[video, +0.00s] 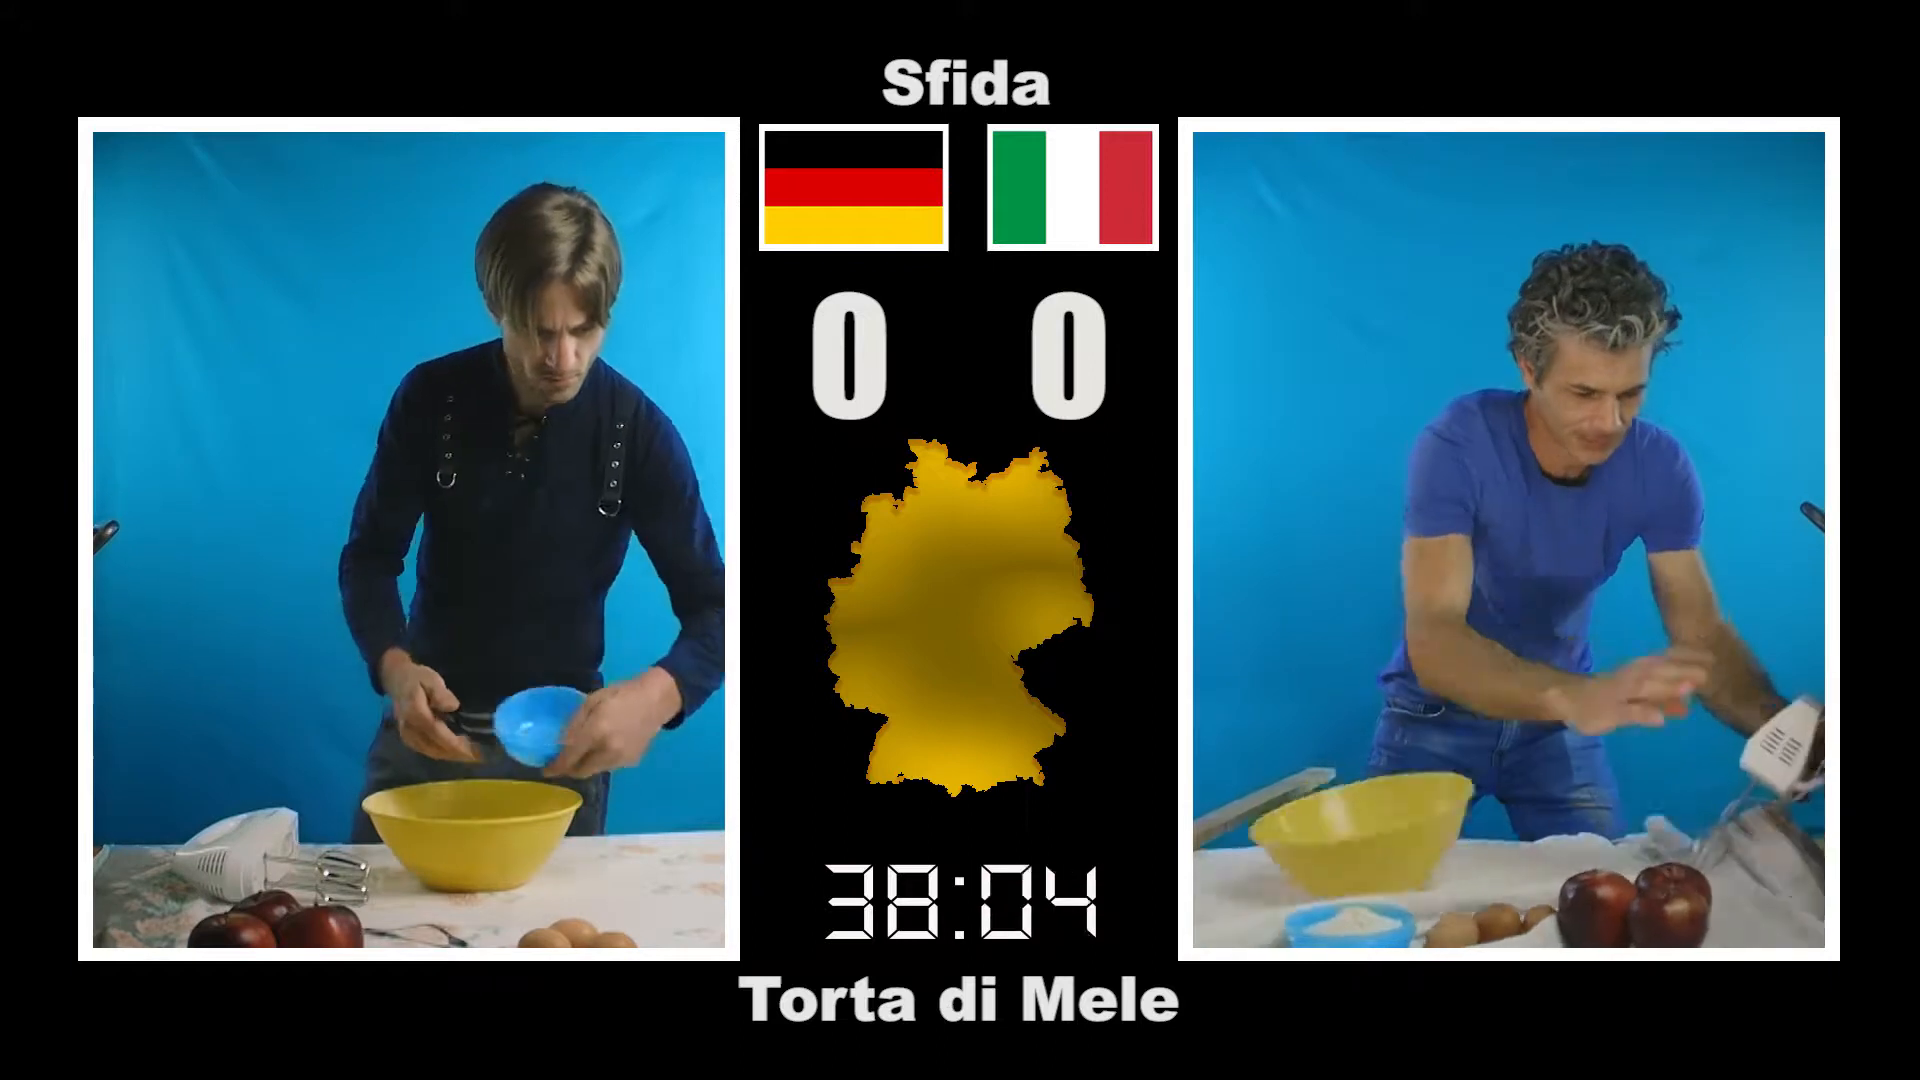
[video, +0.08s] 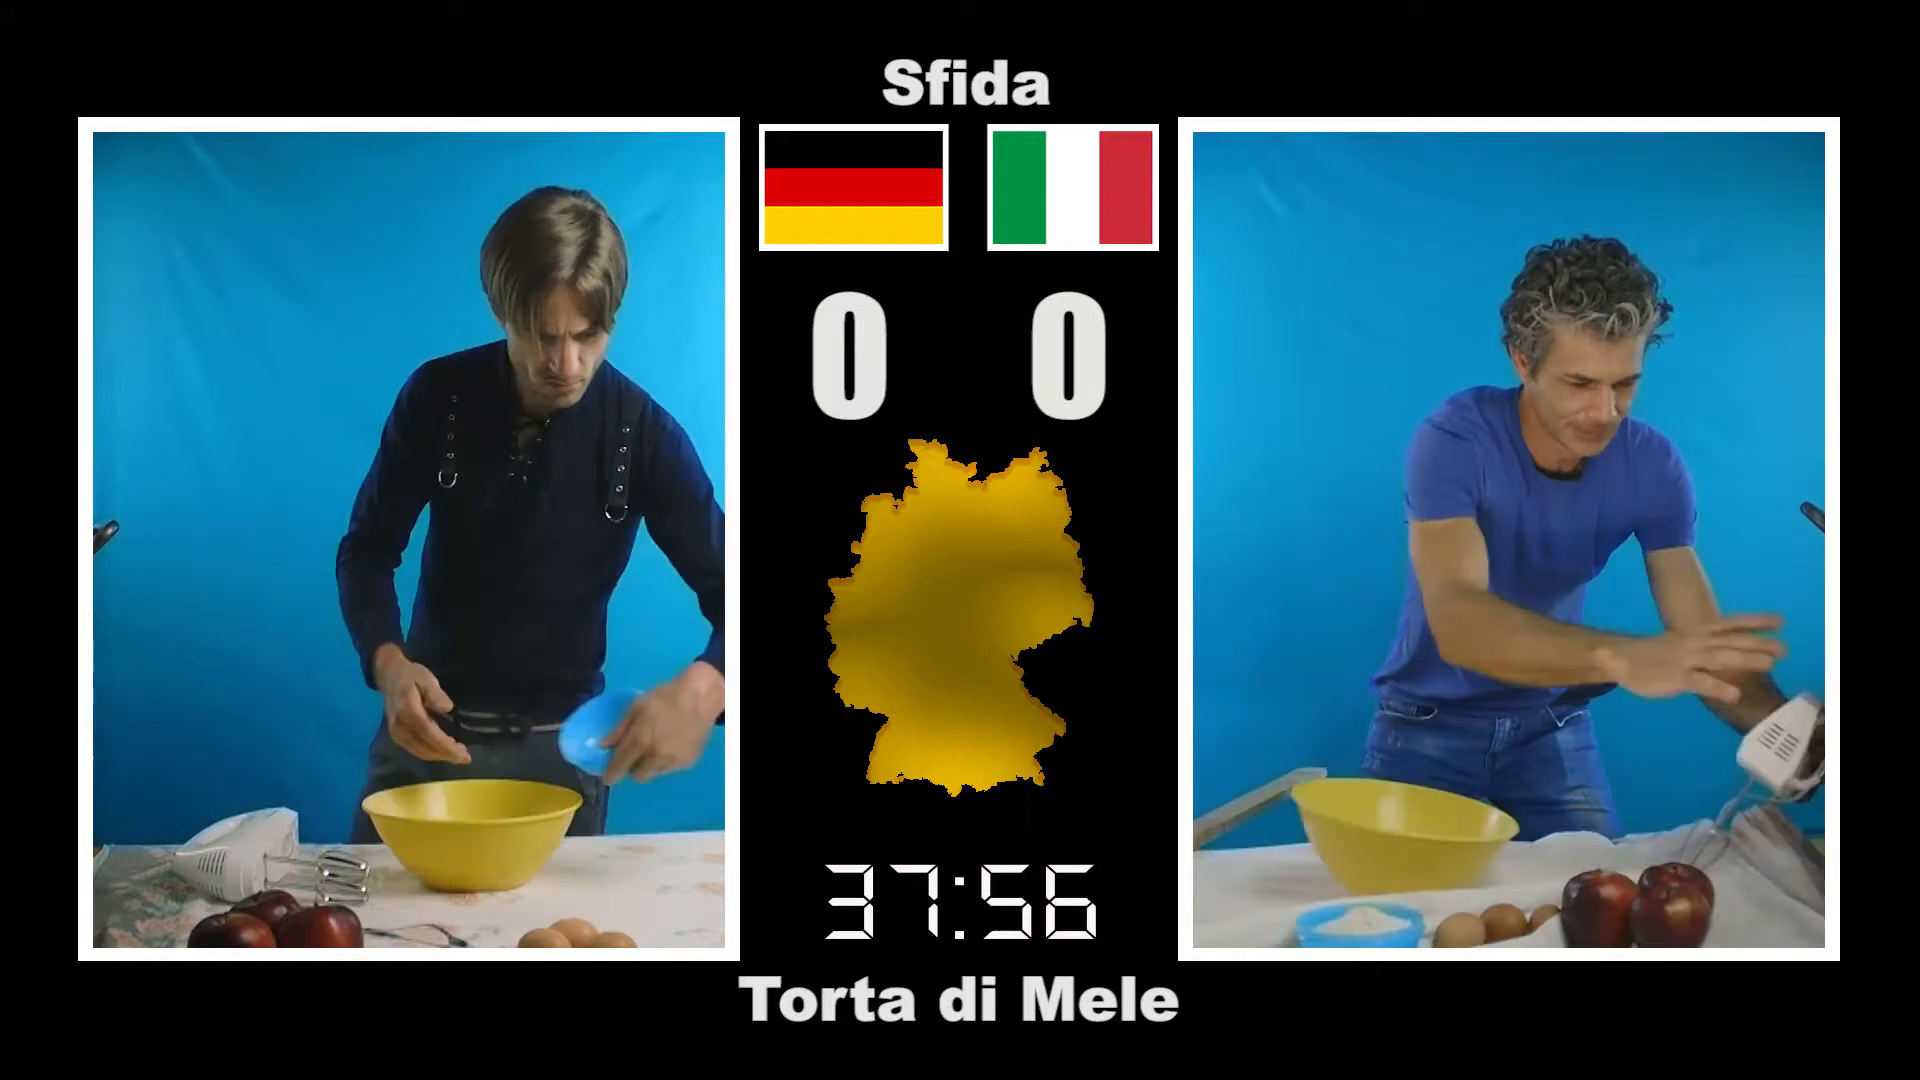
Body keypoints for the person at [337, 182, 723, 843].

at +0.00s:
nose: (561, 358)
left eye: (582, 330)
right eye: (539, 332)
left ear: (606, 312)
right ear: (499, 308)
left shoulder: (635, 431)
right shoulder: (430, 400)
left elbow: (712, 608)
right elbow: (370, 558)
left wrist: (658, 695)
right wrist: (395, 666)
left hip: (559, 748)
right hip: (425, 736)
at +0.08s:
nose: (563, 364)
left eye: (585, 336)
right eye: (541, 336)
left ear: (611, 315)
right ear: (503, 312)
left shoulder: (641, 433)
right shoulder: (438, 398)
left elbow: (730, 599)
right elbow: (366, 551)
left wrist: (702, 690)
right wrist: (390, 667)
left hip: (559, 749)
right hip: (425, 741)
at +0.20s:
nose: (463, 310)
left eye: (466, 289)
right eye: (441, 291)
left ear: (471, 283)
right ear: (372, 297)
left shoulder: (507, 414)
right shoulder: (310, 420)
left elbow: (552, 554)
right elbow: (282, 588)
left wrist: (541, 630)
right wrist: (364, 617)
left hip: (493, 744)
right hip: (361, 752)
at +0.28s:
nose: (486, 316)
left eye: (492, 294)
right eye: (463, 297)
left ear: (500, 285)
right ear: (398, 294)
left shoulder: (528, 413)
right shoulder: (331, 418)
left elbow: (572, 557)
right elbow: (297, 581)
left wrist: (557, 629)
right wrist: (371, 614)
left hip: (509, 742)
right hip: (376, 749)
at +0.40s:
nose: (513, 315)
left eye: (523, 292)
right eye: (489, 296)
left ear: (533, 283)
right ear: (430, 292)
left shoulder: (563, 415)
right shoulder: (363, 414)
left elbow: (603, 566)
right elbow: (322, 572)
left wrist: (573, 629)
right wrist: (374, 616)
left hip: (533, 741)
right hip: (399, 746)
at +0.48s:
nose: (524, 315)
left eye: (537, 291)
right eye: (500, 294)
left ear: (550, 285)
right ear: (449, 287)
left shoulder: (585, 416)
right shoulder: (385, 411)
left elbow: (622, 573)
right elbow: (340, 563)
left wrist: (578, 634)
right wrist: (373, 614)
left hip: (547, 744)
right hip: (411, 745)